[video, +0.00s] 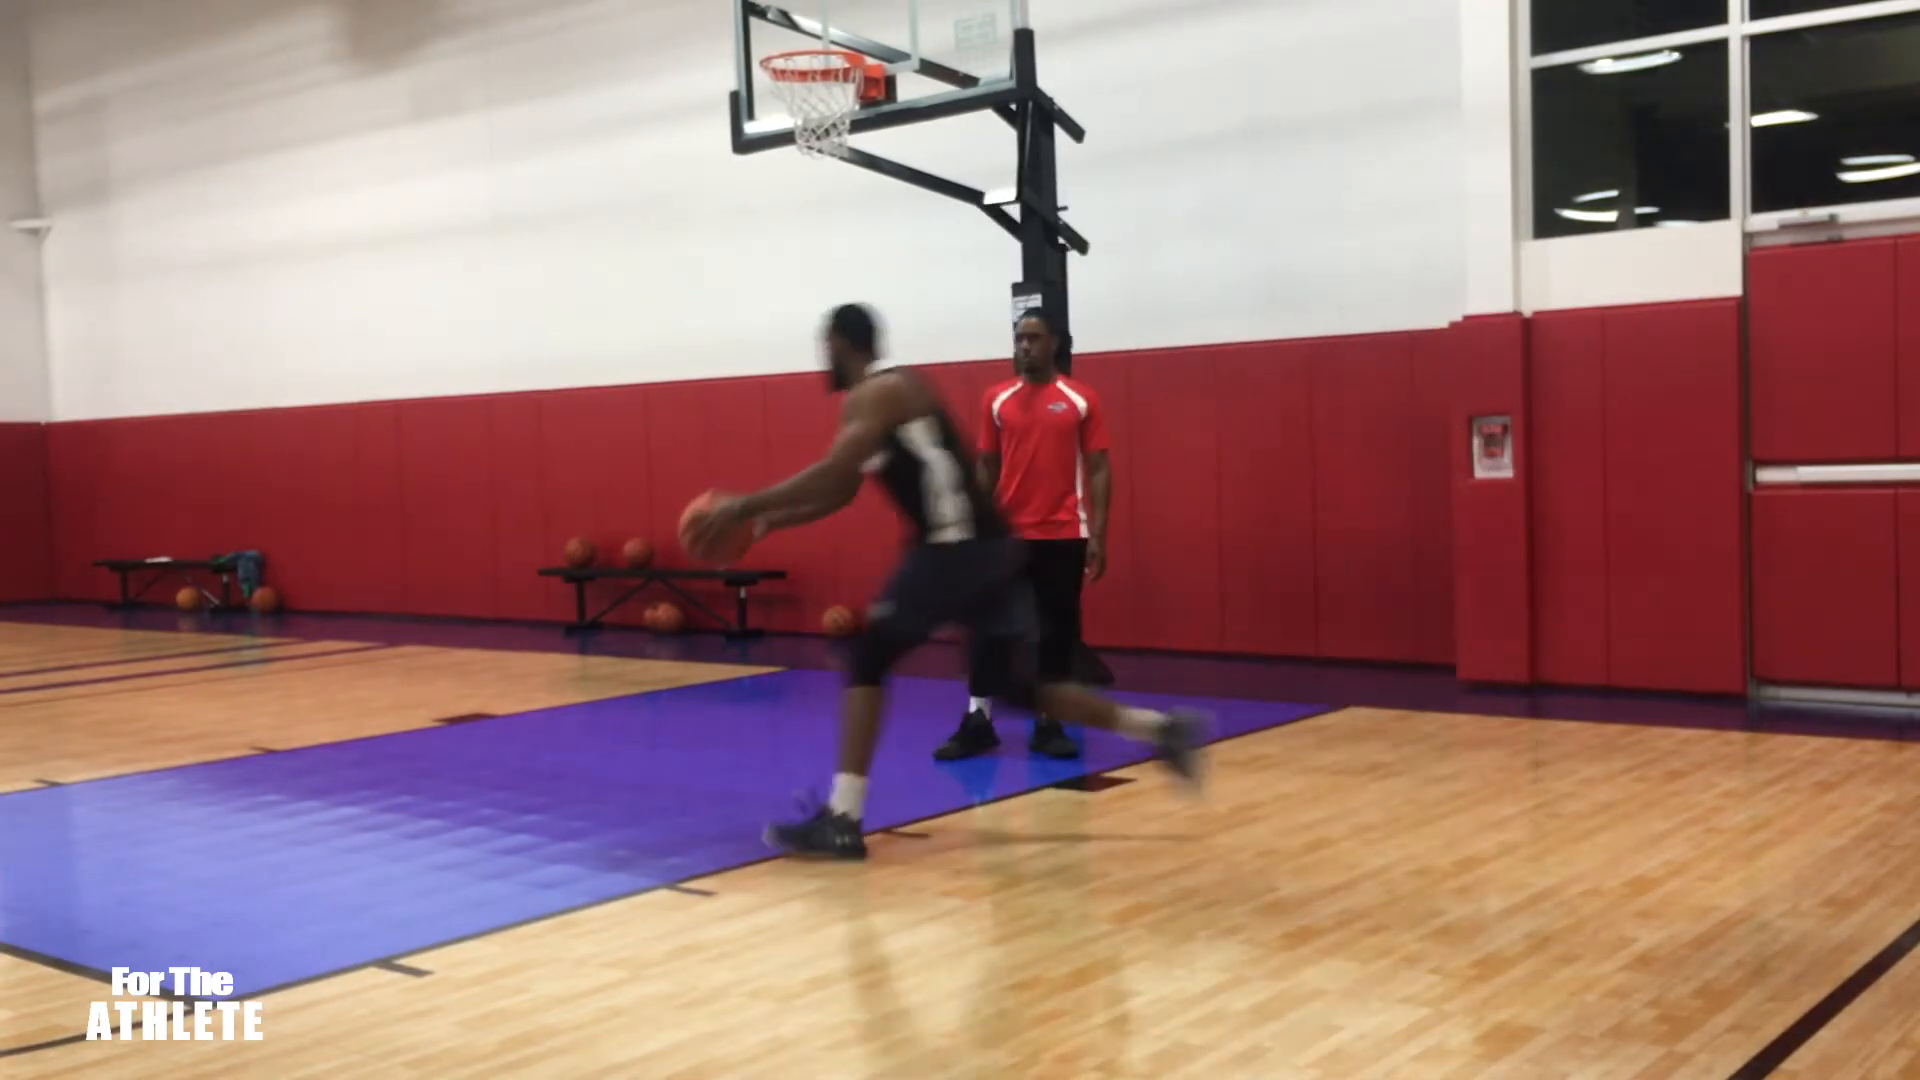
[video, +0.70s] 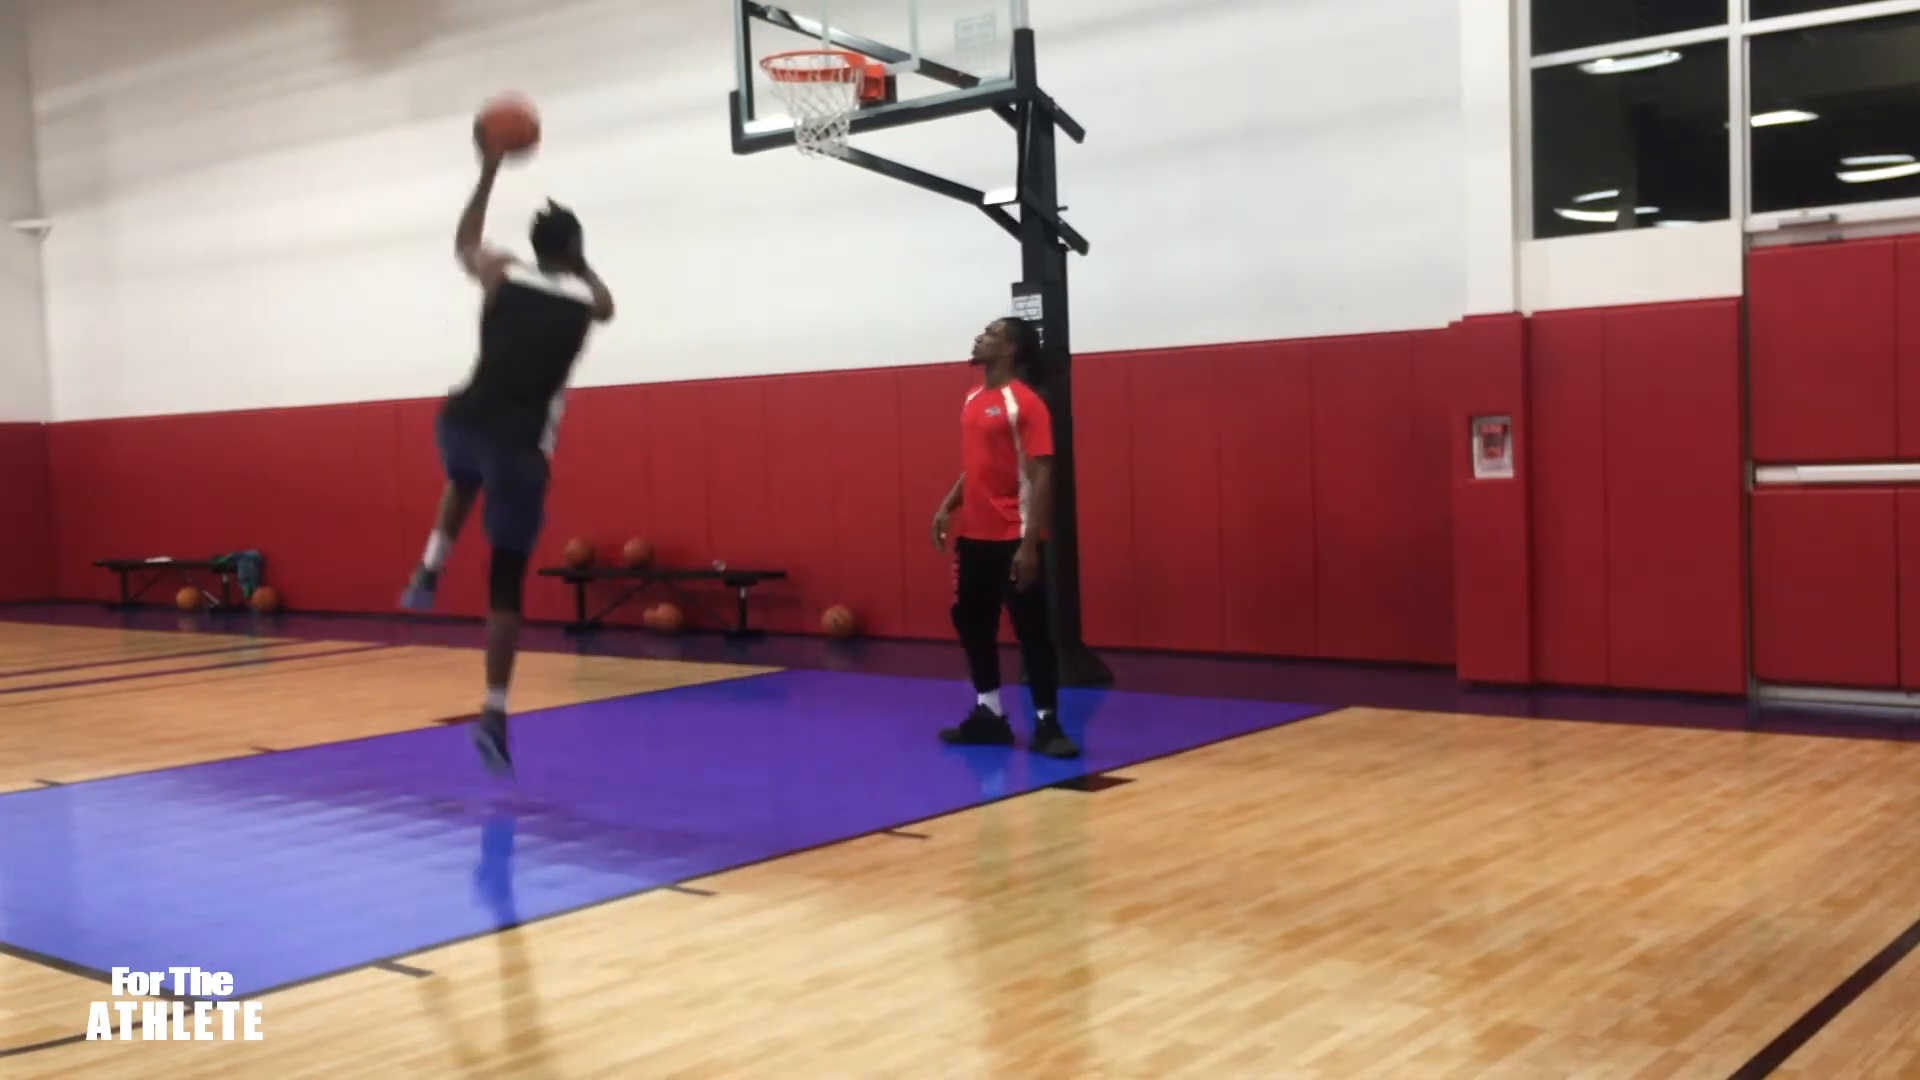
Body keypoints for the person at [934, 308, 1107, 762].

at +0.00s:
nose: (1024, 346)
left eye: (1034, 338)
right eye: (1020, 338)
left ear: (1056, 344)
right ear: (1014, 346)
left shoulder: (1080, 400)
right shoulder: (997, 400)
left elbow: (1098, 469)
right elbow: (987, 465)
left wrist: (1097, 537)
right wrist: (977, 520)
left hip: (1062, 537)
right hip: (1007, 534)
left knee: (1058, 631)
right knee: (987, 622)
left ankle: (1051, 721)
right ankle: (978, 717)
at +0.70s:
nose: (979, 338)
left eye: (991, 334)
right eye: (983, 332)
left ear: (1012, 350)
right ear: (991, 348)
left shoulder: (1026, 403)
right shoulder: (974, 398)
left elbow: (1038, 475)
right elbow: (977, 463)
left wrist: (1031, 543)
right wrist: (947, 507)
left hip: (1015, 541)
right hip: (976, 540)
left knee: (1032, 630)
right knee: (971, 620)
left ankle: (1047, 721)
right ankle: (989, 713)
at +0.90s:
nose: (963, 339)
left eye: (975, 336)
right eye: (968, 333)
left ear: (993, 354)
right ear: (975, 353)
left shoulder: (998, 400)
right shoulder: (966, 401)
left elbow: (1002, 472)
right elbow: (966, 471)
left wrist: (980, 540)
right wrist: (935, 508)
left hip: (996, 538)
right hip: (961, 538)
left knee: (1012, 626)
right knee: (965, 622)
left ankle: (1036, 719)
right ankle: (988, 713)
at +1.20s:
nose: (945, 337)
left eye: (955, 334)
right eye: (950, 331)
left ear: (970, 351)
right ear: (966, 352)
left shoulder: (968, 396)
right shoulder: (957, 395)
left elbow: (966, 468)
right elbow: (953, 469)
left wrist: (927, 531)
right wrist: (919, 502)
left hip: (968, 523)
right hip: (965, 520)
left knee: (952, 616)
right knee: (976, 614)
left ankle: (973, 713)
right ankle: (992, 711)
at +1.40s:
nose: (932, 338)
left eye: (942, 335)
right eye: (938, 333)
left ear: (953, 352)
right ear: (954, 355)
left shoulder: (948, 396)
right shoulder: (950, 396)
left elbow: (946, 469)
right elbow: (943, 469)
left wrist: (922, 535)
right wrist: (913, 505)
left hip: (950, 530)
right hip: (964, 529)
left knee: (923, 616)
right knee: (969, 617)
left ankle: (913, 713)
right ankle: (991, 710)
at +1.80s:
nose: (887, 349)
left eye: (894, 343)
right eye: (892, 343)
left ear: (903, 356)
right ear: (917, 361)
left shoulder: (899, 401)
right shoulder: (916, 402)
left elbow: (897, 473)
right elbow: (903, 471)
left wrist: (877, 538)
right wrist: (868, 507)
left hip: (891, 536)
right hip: (912, 534)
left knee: (878, 624)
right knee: (914, 615)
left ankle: (887, 714)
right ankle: (970, 694)